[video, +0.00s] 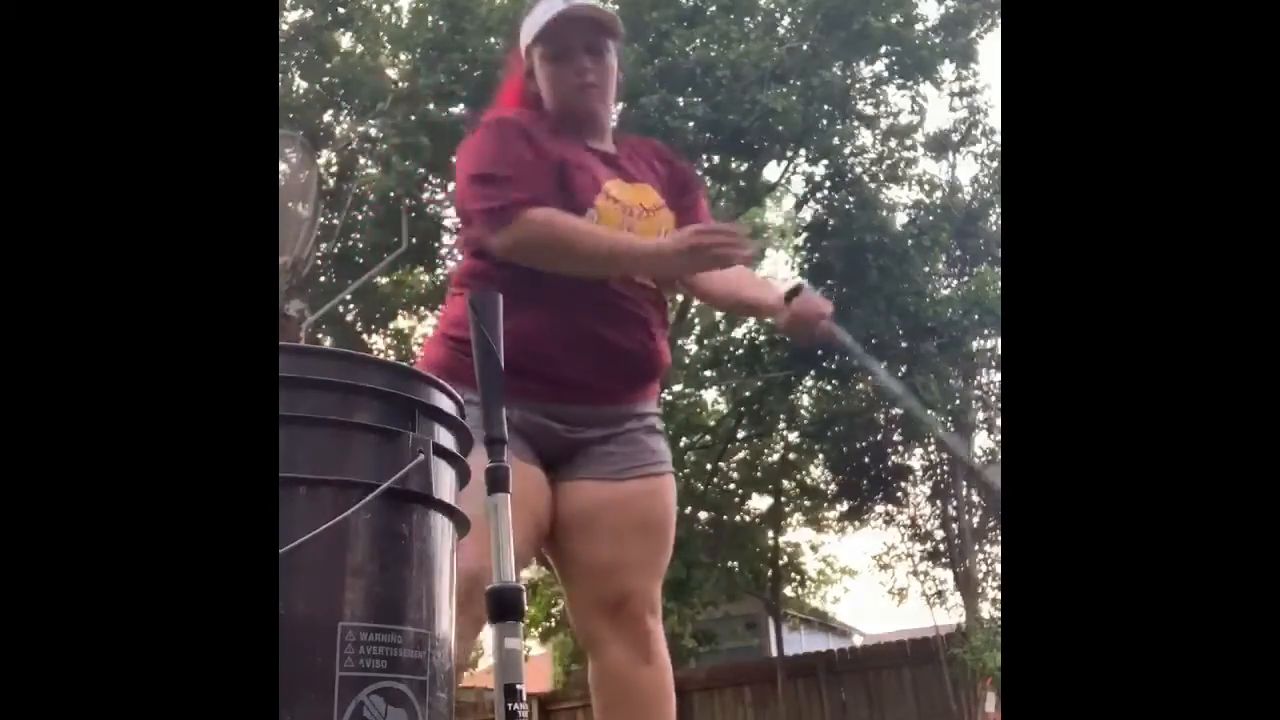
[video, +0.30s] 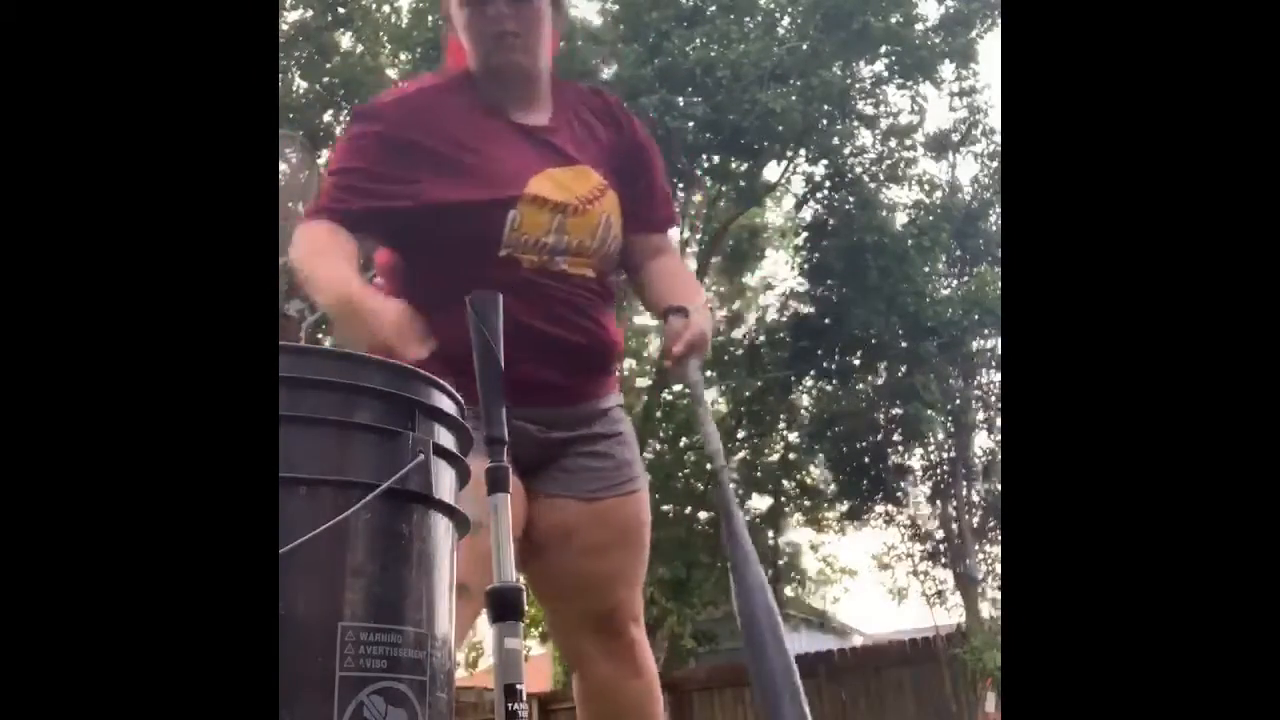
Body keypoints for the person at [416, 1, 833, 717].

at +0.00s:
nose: (584, 66)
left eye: (597, 50)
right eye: (561, 55)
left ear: (620, 63)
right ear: (530, 70)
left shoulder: (662, 167)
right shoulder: (504, 138)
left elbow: (700, 271)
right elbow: (511, 230)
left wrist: (779, 299)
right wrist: (654, 254)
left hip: (620, 423)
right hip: (486, 407)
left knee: (632, 628)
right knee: (473, 578)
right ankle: (405, 706)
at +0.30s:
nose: (504, 17)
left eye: (524, 1)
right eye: (482, 2)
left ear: (555, 17)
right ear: (454, 18)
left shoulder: (612, 127)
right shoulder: (396, 123)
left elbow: (653, 248)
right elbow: (318, 238)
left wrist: (689, 305)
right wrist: (354, 303)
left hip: (586, 419)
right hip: (449, 417)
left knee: (616, 639)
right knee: (424, 632)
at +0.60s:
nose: (390, 28)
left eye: (408, 0)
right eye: (356, 4)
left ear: (442, 4)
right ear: (313, 13)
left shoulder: (513, 82)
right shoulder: (308, 133)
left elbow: (599, 189)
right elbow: (283, 274)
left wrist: (661, 268)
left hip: (513, 386)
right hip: (365, 400)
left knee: (555, 598)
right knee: (344, 618)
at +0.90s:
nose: (384, 48)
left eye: (401, 17)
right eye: (347, 29)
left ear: (438, 17)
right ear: (311, 55)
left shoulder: (501, 81)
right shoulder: (313, 166)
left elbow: (590, 186)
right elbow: (285, 289)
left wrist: (665, 265)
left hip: (507, 382)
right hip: (367, 402)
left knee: (555, 595)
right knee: (344, 614)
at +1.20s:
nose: (427, 22)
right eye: (395, 5)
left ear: (481, 5)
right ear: (354, 26)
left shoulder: (537, 94)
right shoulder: (332, 133)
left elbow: (615, 213)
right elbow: (288, 236)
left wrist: (687, 283)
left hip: (535, 407)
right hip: (390, 419)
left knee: (580, 622)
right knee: (380, 641)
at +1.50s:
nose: (394, 61)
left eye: (417, 31)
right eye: (358, 40)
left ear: (455, 25)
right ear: (323, 50)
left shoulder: (517, 110)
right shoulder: (317, 169)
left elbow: (596, 204)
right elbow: (289, 295)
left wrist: (677, 281)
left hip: (510, 395)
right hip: (369, 408)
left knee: (554, 614)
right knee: (350, 627)